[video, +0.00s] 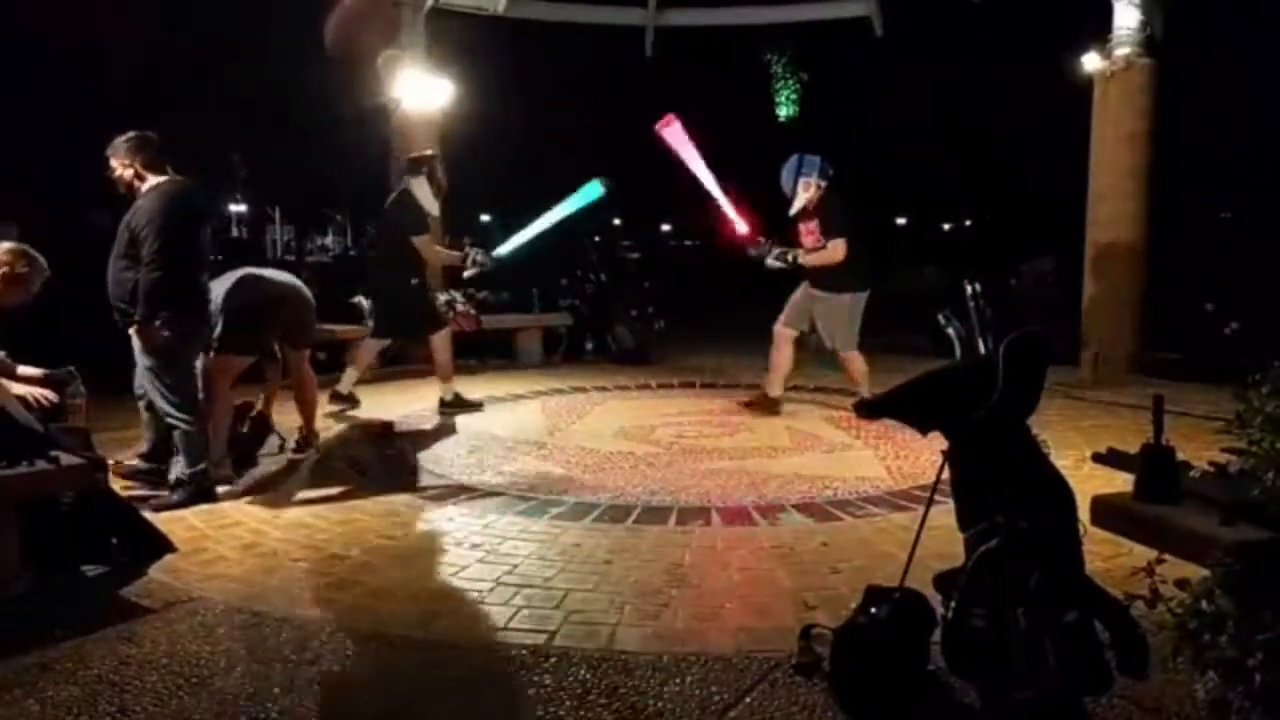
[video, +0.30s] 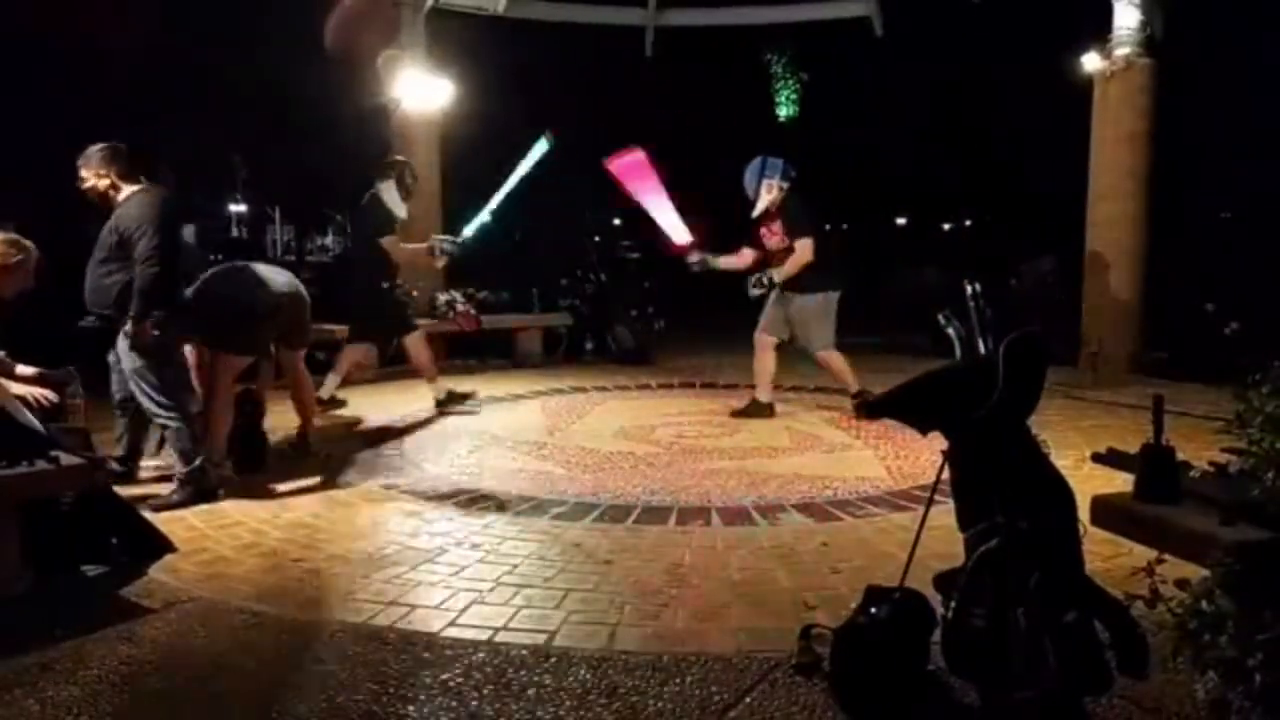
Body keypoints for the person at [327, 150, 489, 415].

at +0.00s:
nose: (444, 175)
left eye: (441, 169)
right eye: (440, 170)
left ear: (414, 173)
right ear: (429, 173)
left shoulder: (411, 199)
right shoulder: (408, 203)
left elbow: (426, 248)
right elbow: (429, 253)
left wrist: (460, 255)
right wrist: (464, 259)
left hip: (392, 281)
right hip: (404, 283)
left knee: (381, 335)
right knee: (440, 329)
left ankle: (343, 389)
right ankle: (449, 395)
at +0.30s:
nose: (412, 188)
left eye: (412, 182)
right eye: (410, 181)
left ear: (387, 177)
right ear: (399, 178)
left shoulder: (376, 202)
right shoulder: (378, 205)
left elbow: (392, 248)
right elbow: (395, 250)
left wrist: (427, 252)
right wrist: (428, 249)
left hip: (365, 281)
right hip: (376, 283)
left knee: (358, 340)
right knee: (412, 332)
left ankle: (325, 392)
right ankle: (440, 391)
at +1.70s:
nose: (451, 175)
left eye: (450, 168)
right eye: (447, 168)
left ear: (421, 168)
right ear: (435, 168)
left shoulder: (411, 195)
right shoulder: (420, 198)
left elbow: (439, 244)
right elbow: (442, 245)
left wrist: (472, 256)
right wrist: (478, 258)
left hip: (406, 277)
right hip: (419, 278)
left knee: (413, 332)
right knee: (447, 329)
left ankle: (378, 383)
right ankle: (438, 397)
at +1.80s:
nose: (450, 172)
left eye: (449, 165)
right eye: (446, 165)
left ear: (420, 165)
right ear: (435, 166)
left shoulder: (410, 192)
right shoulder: (422, 196)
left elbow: (432, 243)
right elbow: (436, 244)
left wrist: (462, 262)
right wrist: (466, 263)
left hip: (404, 275)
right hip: (418, 276)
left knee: (411, 331)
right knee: (441, 329)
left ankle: (393, 390)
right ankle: (438, 396)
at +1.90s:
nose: (448, 173)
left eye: (447, 166)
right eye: (444, 166)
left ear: (420, 166)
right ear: (431, 167)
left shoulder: (411, 192)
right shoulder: (419, 196)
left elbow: (433, 235)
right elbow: (427, 242)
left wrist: (447, 260)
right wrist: (457, 266)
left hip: (405, 274)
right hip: (417, 276)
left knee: (408, 330)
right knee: (444, 330)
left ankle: (392, 390)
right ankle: (438, 395)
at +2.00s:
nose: (448, 174)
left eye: (447, 168)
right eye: (444, 168)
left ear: (418, 168)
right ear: (432, 168)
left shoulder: (408, 193)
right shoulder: (421, 197)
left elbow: (420, 244)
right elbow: (424, 246)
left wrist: (446, 264)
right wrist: (453, 269)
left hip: (403, 274)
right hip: (417, 275)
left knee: (408, 329)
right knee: (449, 328)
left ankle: (392, 390)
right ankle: (441, 391)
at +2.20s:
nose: (454, 172)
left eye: (453, 165)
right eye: (450, 165)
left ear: (426, 166)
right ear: (439, 167)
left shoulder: (418, 192)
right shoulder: (424, 196)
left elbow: (428, 243)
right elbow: (426, 246)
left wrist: (452, 261)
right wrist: (455, 263)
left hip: (404, 273)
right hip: (418, 273)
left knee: (407, 329)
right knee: (457, 322)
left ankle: (391, 390)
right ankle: (467, 387)